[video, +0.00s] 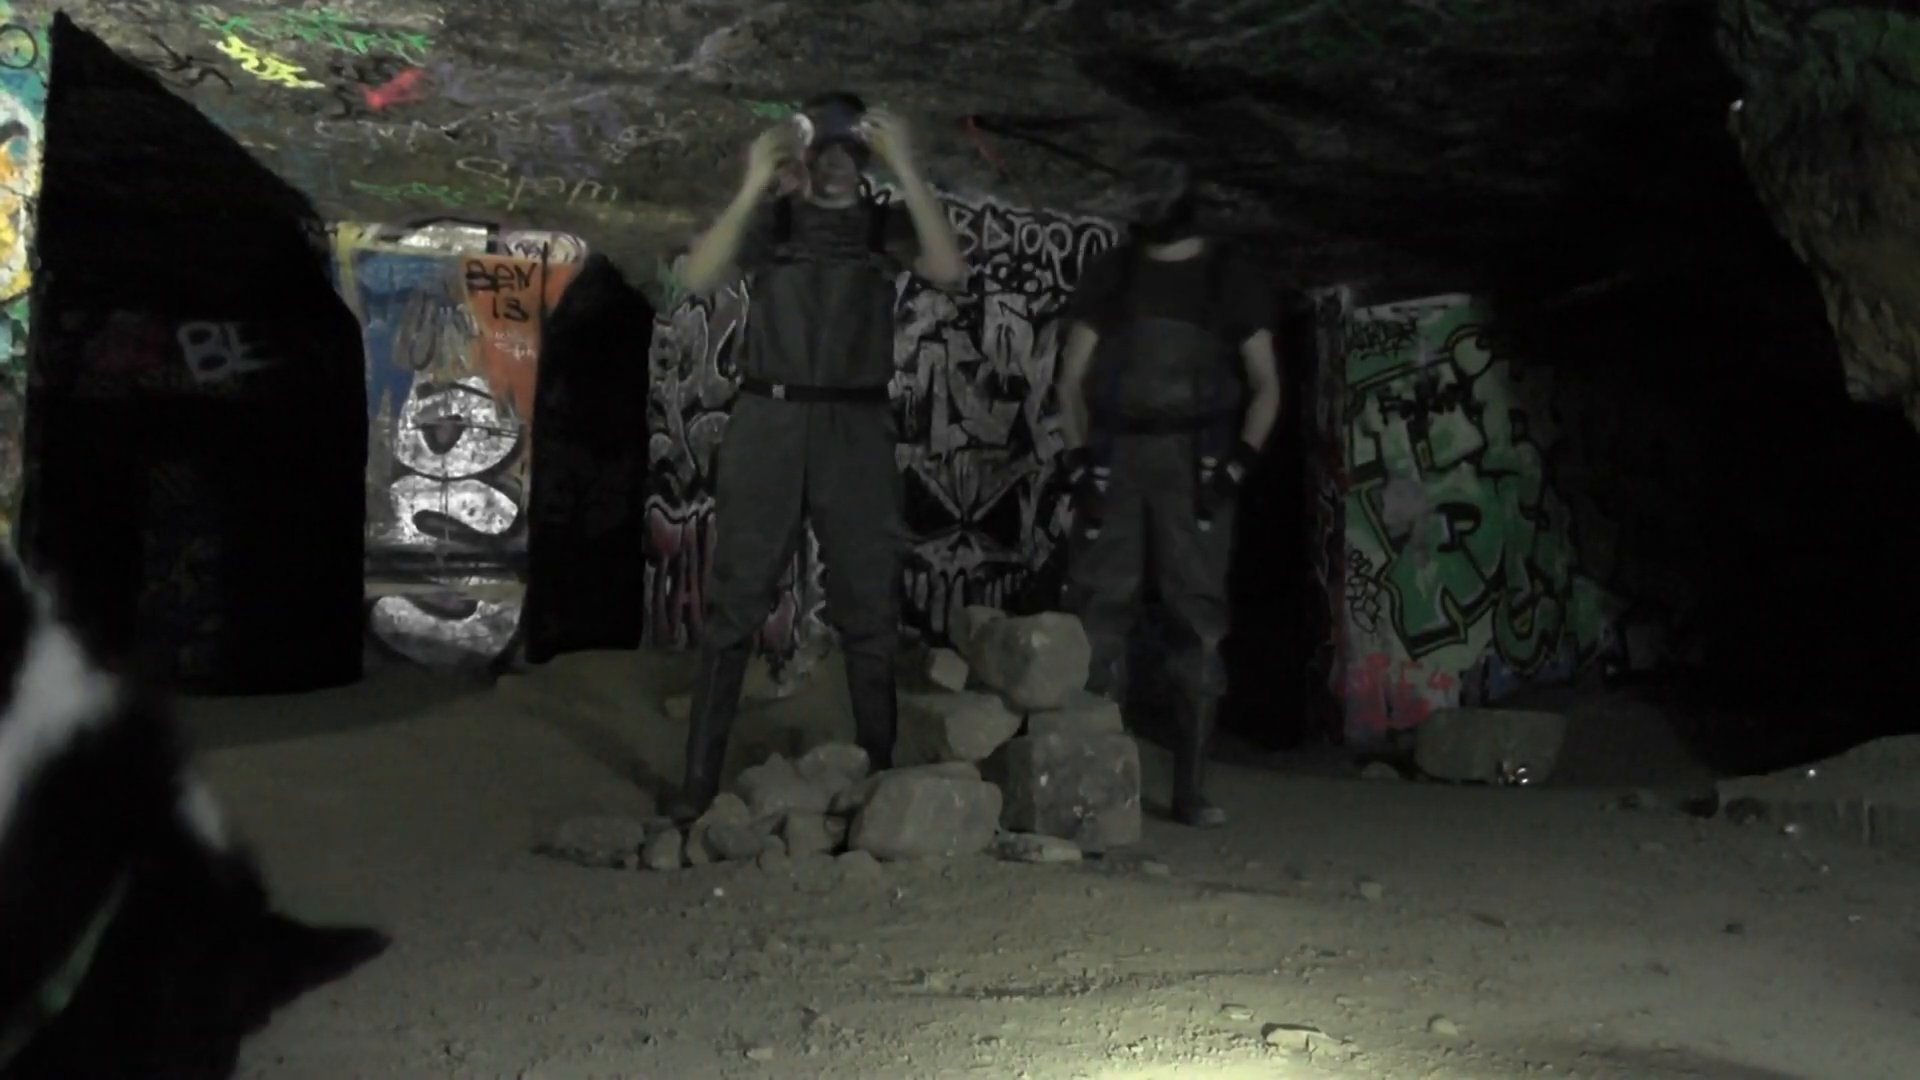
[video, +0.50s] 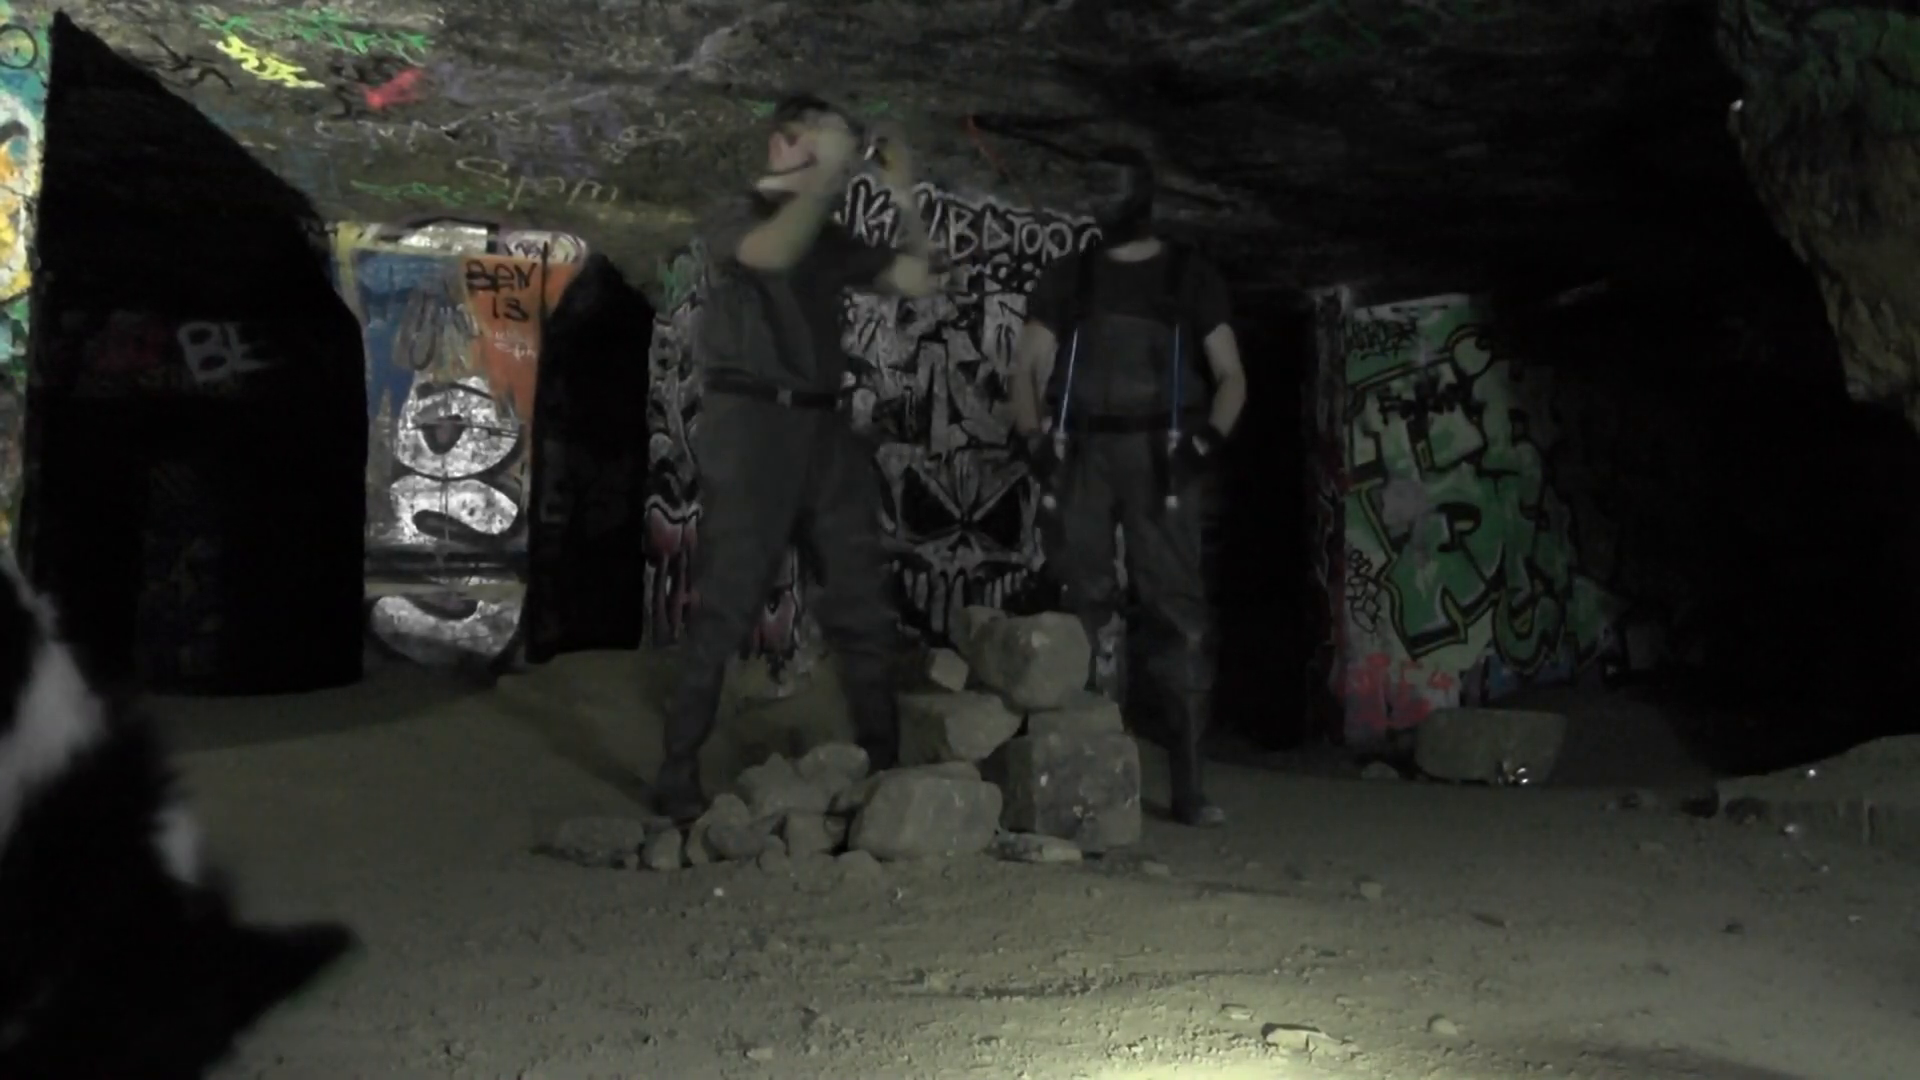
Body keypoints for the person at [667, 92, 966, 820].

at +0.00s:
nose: (835, 164)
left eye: (849, 152)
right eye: (822, 150)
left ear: (867, 161)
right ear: (797, 159)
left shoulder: (885, 225)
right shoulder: (765, 222)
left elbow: (949, 273)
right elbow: (696, 277)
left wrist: (904, 167)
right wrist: (754, 190)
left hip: (857, 438)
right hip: (767, 435)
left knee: (870, 614)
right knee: (734, 611)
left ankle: (879, 779)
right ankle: (697, 789)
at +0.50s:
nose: (817, 161)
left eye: (826, 150)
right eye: (806, 145)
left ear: (834, 163)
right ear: (777, 146)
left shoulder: (828, 237)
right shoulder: (731, 217)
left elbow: (915, 276)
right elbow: (768, 252)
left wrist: (903, 192)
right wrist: (824, 178)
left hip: (823, 434)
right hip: (746, 429)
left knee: (860, 598)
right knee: (729, 601)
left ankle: (882, 766)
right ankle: (679, 771)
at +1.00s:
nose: (783, 153)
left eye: (792, 142)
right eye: (772, 140)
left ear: (803, 158)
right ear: (747, 150)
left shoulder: (800, 229)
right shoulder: (721, 215)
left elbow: (876, 278)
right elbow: (801, 249)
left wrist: (873, 193)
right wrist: (837, 175)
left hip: (798, 426)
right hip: (732, 422)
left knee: (837, 589)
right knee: (742, 591)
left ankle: (877, 755)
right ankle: (684, 772)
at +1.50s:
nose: (768, 151)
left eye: (784, 141)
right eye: (763, 139)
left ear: (811, 158)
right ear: (753, 149)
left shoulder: (825, 238)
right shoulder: (725, 219)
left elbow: (907, 270)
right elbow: (763, 249)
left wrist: (895, 188)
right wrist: (814, 177)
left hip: (819, 432)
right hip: (740, 428)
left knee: (862, 598)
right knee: (731, 601)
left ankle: (880, 766)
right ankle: (682, 773)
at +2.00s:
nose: (830, 163)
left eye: (842, 154)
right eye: (819, 153)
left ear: (862, 168)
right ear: (800, 166)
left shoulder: (880, 229)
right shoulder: (773, 227)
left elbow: (929, 253)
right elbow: (702, 245)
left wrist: (890, 153)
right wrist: (755, 152)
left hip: (855, 439)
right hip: (766, 435)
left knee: (868, 614)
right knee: (731, 608)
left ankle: (872, 781)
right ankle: (695, 787)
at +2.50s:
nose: (815, 164)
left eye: (827, 154)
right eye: (804, 154)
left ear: (848, 164)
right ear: (787, 165)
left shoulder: (870, 226)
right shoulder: (765, 225)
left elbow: (911, 255)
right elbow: (692, 250)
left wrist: (870, 157)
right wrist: (738, 154)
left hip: (852, 435)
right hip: (763, 432)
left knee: (865, 608)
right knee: (730, 605)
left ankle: (869, 777)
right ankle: (695, 785)